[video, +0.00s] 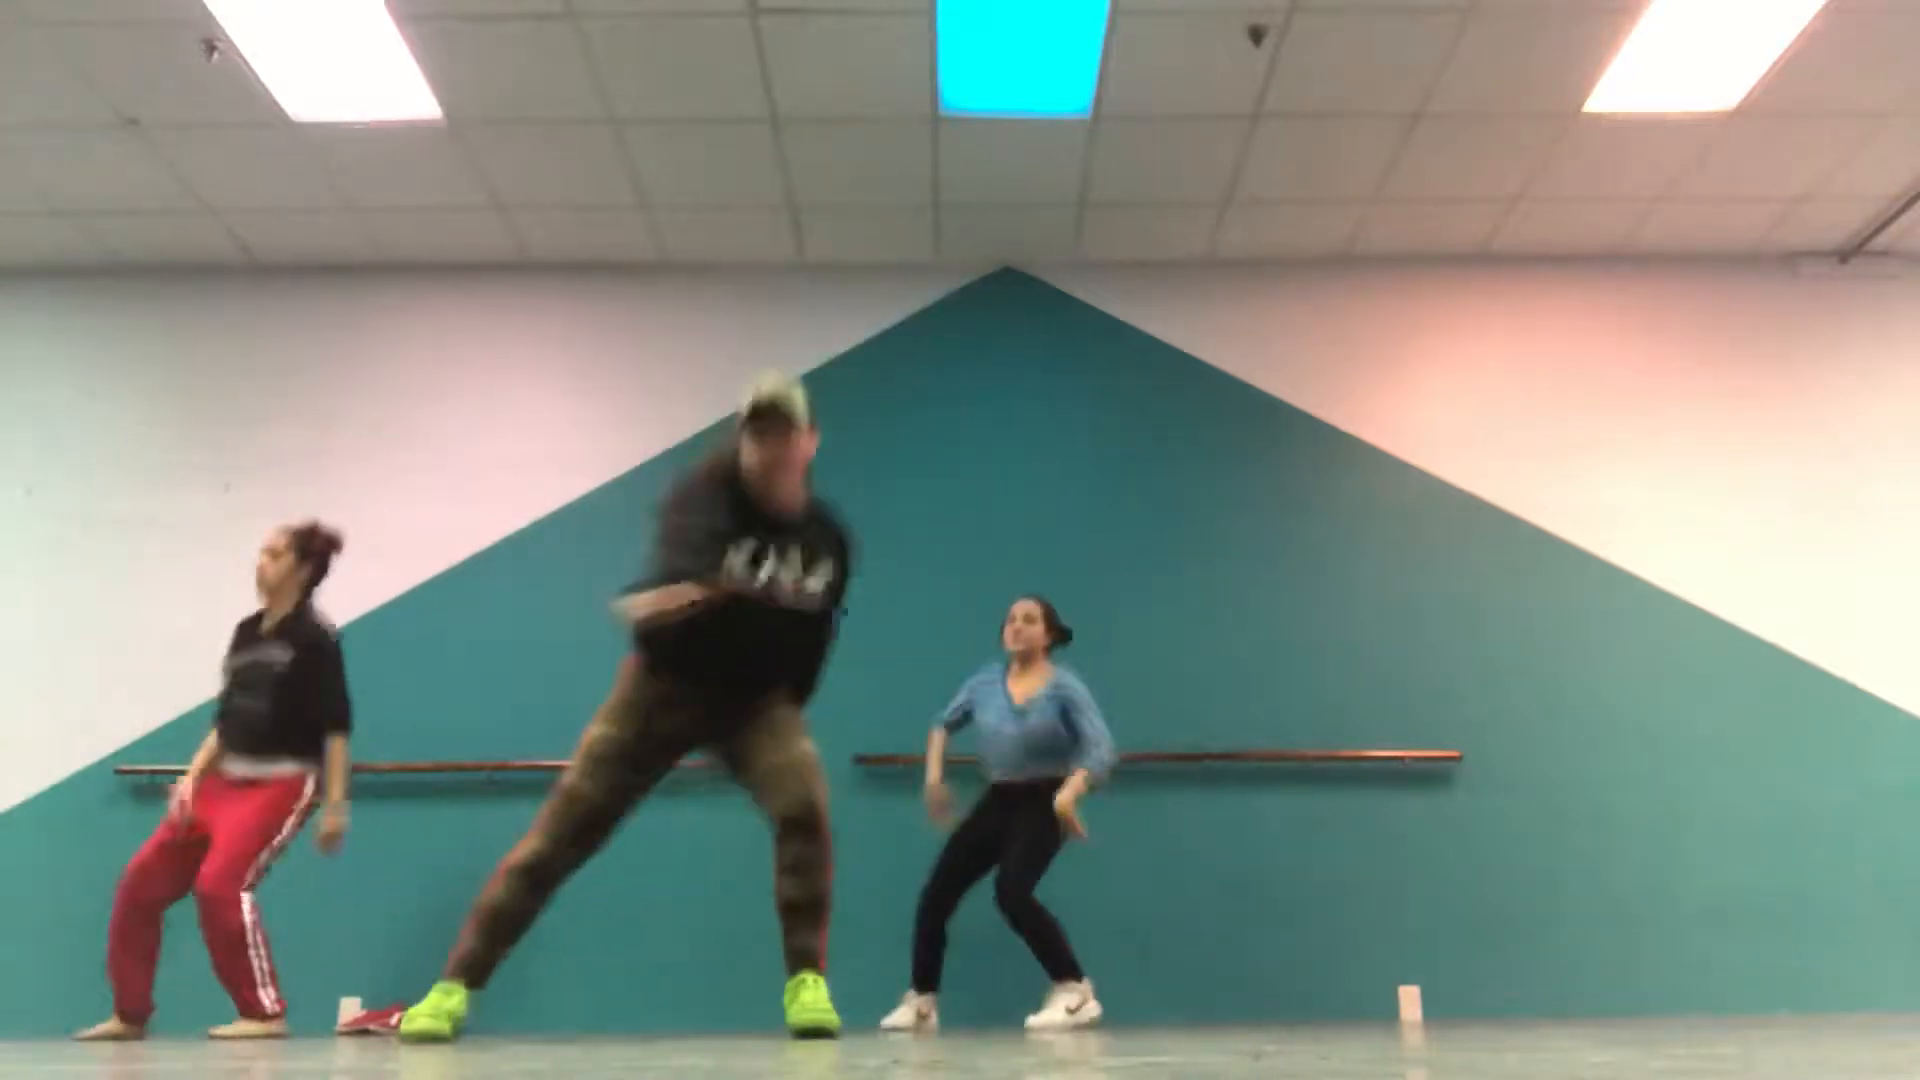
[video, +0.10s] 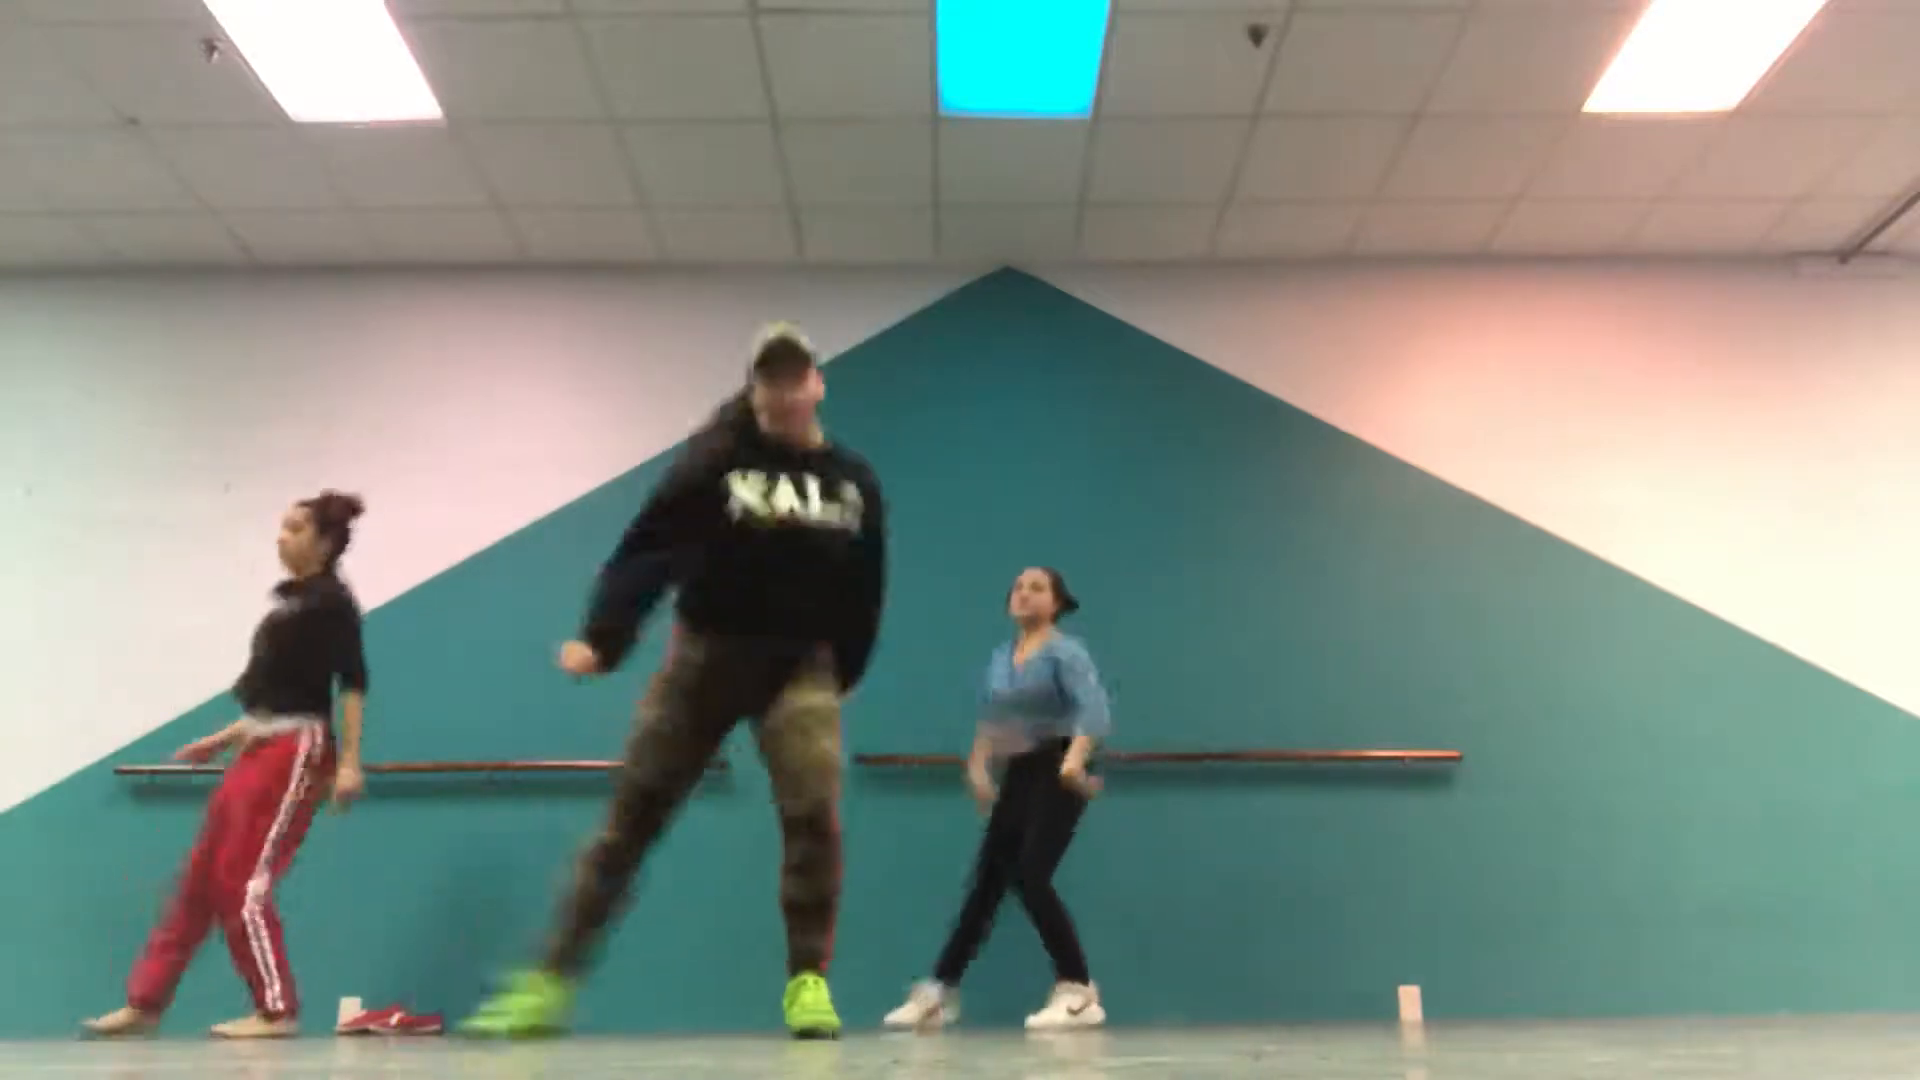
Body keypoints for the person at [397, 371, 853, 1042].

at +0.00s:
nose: (767, 451)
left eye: (782, 436)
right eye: (756, 436)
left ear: (810, 444)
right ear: (738, 442)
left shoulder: (828, 537)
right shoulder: (703, 497)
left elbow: (818, 634)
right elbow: (654, 602)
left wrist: (793, 704)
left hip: (758, 703)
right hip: (663, 688)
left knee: (803, 811)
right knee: (559, 836)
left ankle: (807, 983)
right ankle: (455, 988)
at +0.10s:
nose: (788, 396)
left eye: (797, 382)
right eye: (775, 384)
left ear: (817, 385)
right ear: (754, 390)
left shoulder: (852, 480)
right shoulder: (712, 459)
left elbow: (866, 587)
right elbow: (650, 544)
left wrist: (843, 670)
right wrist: (601, 637)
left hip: (801, 664)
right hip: (707, 656)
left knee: (814, 813)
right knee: (637, 806)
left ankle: (809, 980)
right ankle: (553, 979)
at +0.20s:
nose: (786, 368)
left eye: (798, 354)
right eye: (774, 357)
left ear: (822, 360)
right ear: (757, 367)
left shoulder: (859, 447)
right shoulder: (719, 446)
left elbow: (886, 555)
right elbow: (686, 547)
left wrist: (875, 654)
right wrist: (680, 646)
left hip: (825, 635)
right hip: (736, 632)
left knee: (810, 807)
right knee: (708, 800)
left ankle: (808, 978)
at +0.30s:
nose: (795, 376)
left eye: (806, 360)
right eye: (783, 365)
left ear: (830, 363)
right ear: (767, 375)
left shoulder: (867, 437)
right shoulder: (748, 448)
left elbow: (908, 537)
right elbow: (721, 548)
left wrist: (903, 641)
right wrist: (730, 645)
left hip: (835, 608)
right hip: (756, 614)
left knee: (812, 783)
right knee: (762, 792)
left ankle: (822, 975)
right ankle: (775, 971)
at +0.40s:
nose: (814, 389)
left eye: (822, 373)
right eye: (800, 381)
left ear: (844, 371)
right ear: (781, 389)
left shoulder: (870, 435)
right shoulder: (770, 453)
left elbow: (930, 509)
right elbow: (745, 549)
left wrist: (916, 612)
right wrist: (750, 638)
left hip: (840, 601)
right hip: (779, 609)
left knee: (805, 770)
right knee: (787, 789)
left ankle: (831, 964)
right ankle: (878, 950)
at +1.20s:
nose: (833, 419)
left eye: (847, 405)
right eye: (823, 410)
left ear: (881, 407)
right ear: (817, 422)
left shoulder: (924, 479)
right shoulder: (835, 500)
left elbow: (923, 562)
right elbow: (804, 598)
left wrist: (831, 573)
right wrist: (755, 679)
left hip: (903, 664)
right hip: (862, 667)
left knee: (751, 746)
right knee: (860, 846)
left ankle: (744, 937)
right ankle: (969, 976)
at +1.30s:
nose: (836, 416)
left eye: (849, 403)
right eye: (826, 407)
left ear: (880, 409)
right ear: (816, 419)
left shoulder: (910, 482)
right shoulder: (829, 504)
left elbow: (854, 550)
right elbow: (799, 606)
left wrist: (771, 510)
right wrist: (759, 695)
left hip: (916, 663)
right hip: (863, 669)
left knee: (769, 742)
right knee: (864, 852)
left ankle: (787, 929)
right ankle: (973, 982)